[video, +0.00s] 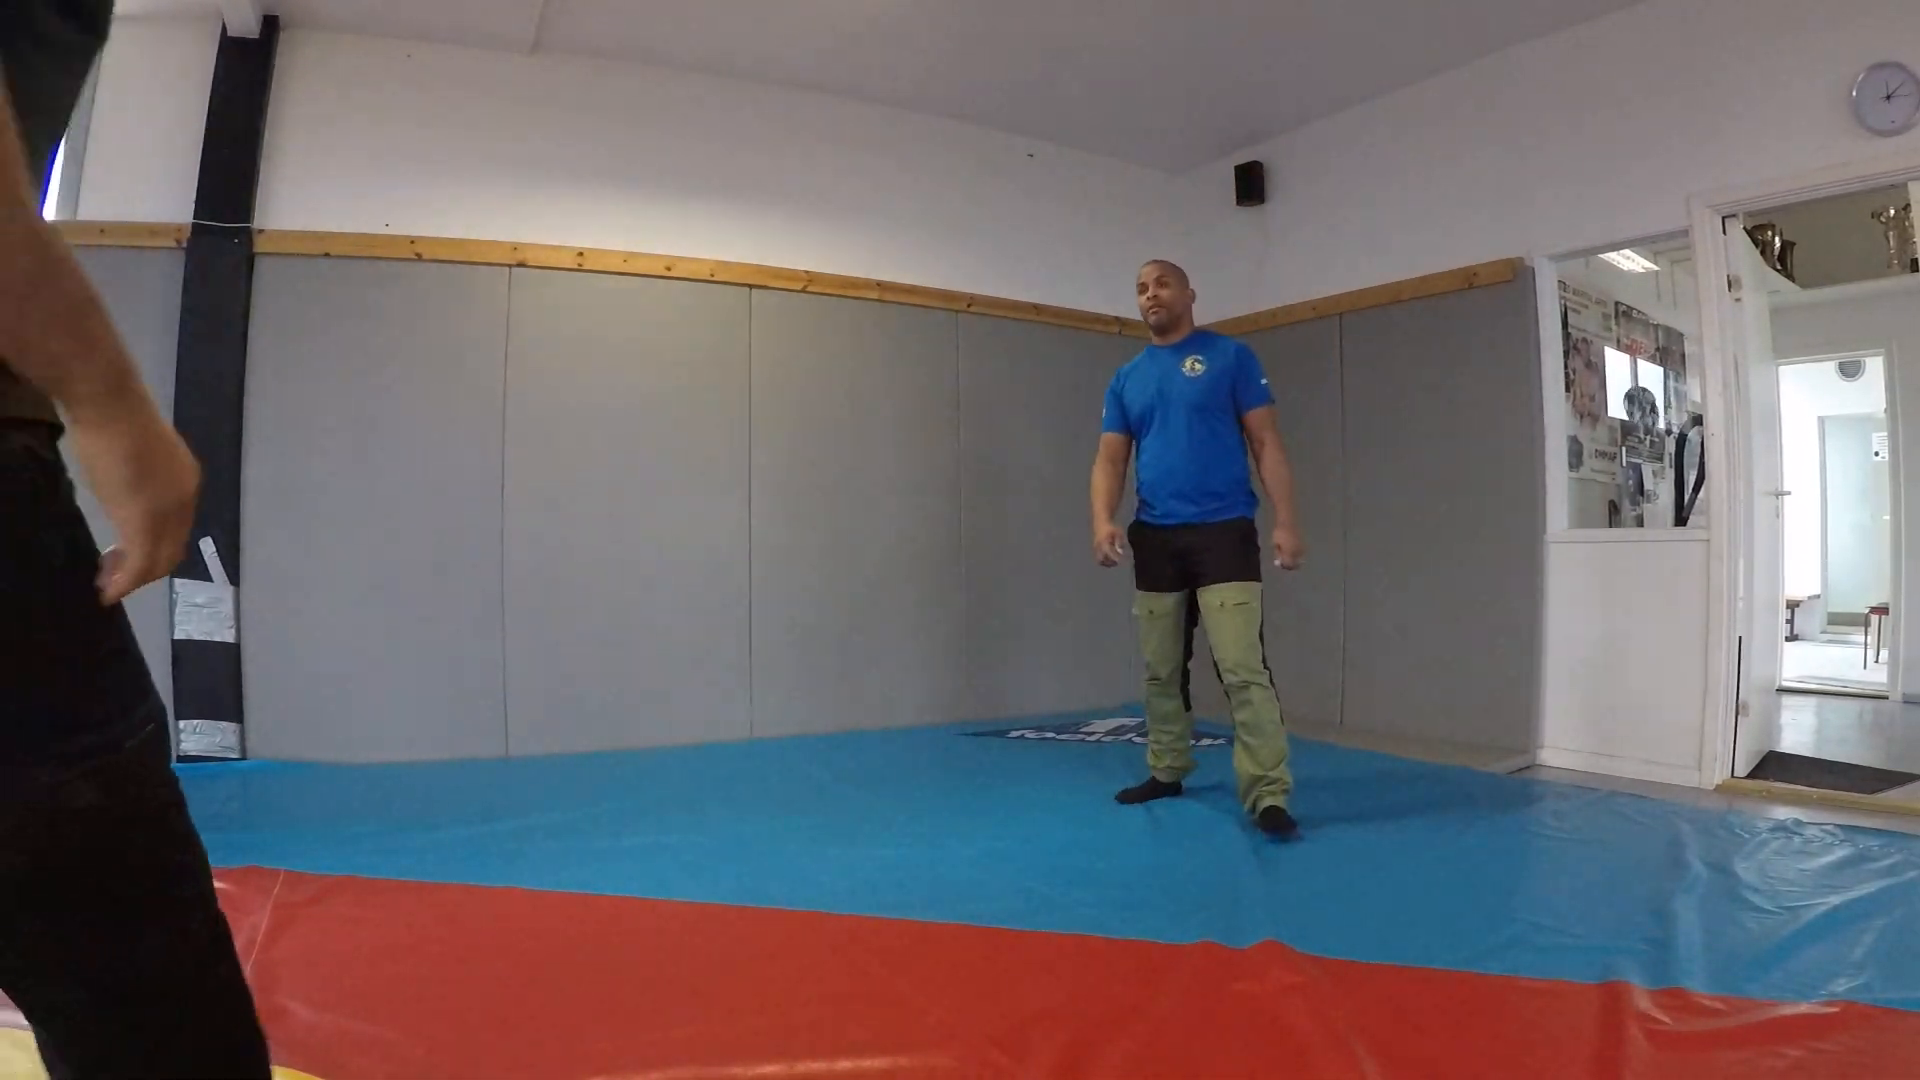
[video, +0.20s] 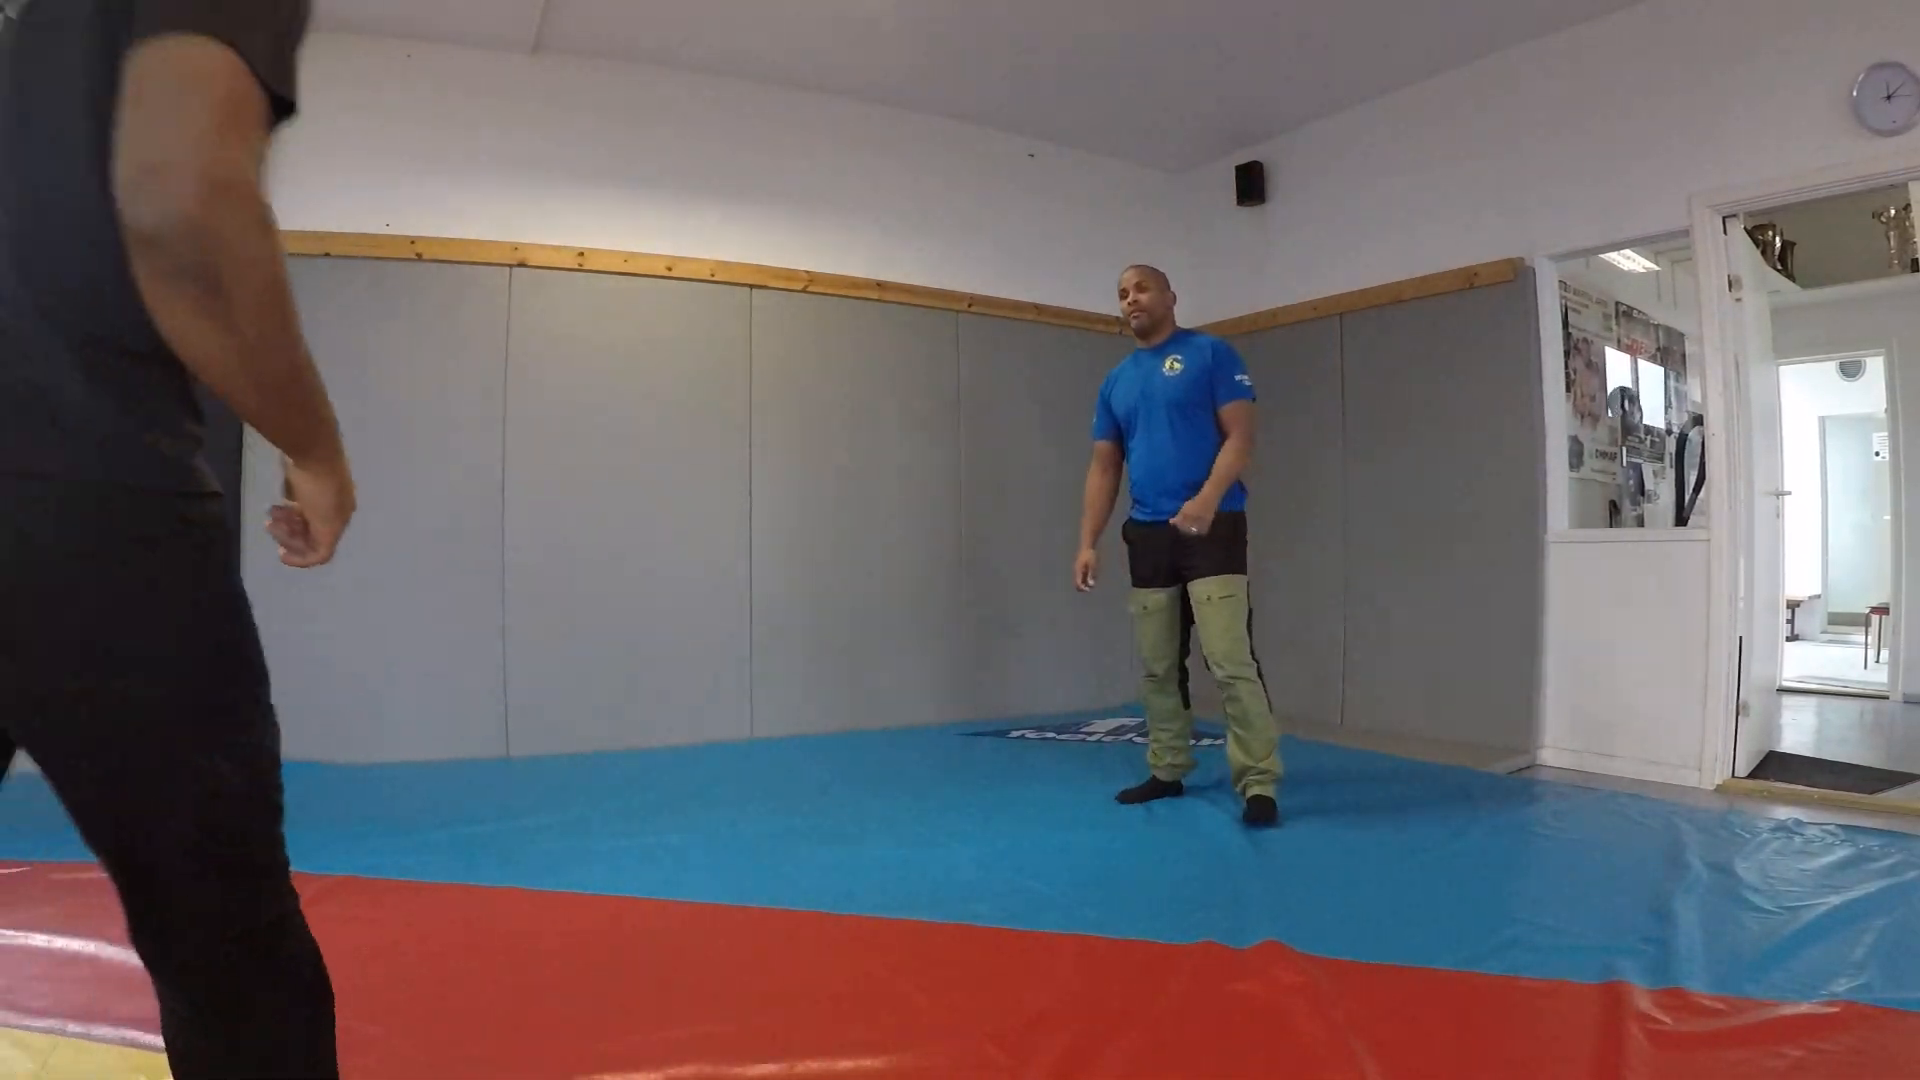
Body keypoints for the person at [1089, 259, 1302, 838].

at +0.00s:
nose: (1150, 294)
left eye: (1161, 284)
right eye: (1143, 288)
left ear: (1189, 295)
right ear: (1138, 304)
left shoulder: (1231, 358)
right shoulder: (1126, 379)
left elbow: (1265, 442)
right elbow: (1110, 458)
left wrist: (1285, 523)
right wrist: (1102, 521)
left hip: (1225, 533)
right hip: (1155, 537)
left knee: (1241, 667)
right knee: (1160, 666)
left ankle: (1268, 795)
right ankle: (1166, 772)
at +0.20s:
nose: (1131, 300)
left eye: (1141, 289)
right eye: (1124, 294)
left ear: (1170, 297)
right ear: (1121, 308)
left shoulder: (1211, 354)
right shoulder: (1117, 381)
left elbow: (1241, 438)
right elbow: (1104, 466)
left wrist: (1207, 499)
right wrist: (1088, 542)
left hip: (1211, 526)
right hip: (1148, 533)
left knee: (1230, 660)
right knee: (1158, 664)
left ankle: (1258, 784)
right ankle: (1167, 773)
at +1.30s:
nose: (1117, 312)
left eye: (1127, 299)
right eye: (1112, 306)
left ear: (1160, 303)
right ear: (1118, 318)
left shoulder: (1191, 352)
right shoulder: (1130, 378)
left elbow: (1226, 427)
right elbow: (1129, 466)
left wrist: (1144, 435)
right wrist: (1084, 513)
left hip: (1190, 531)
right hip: (1141, 533)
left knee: (1192, 668)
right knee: (1148, 668)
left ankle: (1224, 801)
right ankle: (1168, 773)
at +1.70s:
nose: (1132, 326)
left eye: (1143, 312)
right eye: (1128, 318)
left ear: (1181, 315)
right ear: (1135, 329)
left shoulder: (1206, 370)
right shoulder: (1167, 383)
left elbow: (1190, 457)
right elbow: (1171, 471)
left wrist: (1122, 405)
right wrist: (1118, 456)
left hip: (1233, 545)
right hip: (1185, 544)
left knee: (1199, 677)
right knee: (1148, 671)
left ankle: (1264, 815)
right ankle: (1170, 773)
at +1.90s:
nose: (1154, 328)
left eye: (1165, 315)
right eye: (1151, 318)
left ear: (1202, 319)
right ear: (1165, 326)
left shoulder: (1235, 381)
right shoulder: (1180, 383)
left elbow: (1211, 476)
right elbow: (1157, 447)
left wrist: (1145, 413)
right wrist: (1117, 400)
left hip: (1260, 548)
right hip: (1211, 545)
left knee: (1209, 674)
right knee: (1164, 667)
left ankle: (1264, 817)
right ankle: (1177, 770)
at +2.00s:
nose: (1169, 329)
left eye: (1179, 316)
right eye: (1166, 319)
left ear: (1220, 317)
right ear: (1174, 325)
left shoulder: (1259, 387)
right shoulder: (1181, 376)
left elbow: (1246, 480)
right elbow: (1116, 410)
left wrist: (1179, 412)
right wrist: (1068, 355)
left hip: (1267, 546)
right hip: (1213, 544)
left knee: (1217, 671)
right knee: (1172, 663)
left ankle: (1265, 818)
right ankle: (1215, 754)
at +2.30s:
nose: (1184, 327)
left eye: (1194, 316)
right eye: (1179, 319)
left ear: (1231, 321)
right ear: (1181, 329)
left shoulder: (1271, 378)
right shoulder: (1175, 387)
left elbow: (1264, 442)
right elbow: (1138, 465)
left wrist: (1216, 368)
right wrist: (1100, 424)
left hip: (1264, 540)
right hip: (1211, 546)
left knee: (1229, 664)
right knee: (1225, 664)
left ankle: (1268, 815)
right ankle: (1255, 758)